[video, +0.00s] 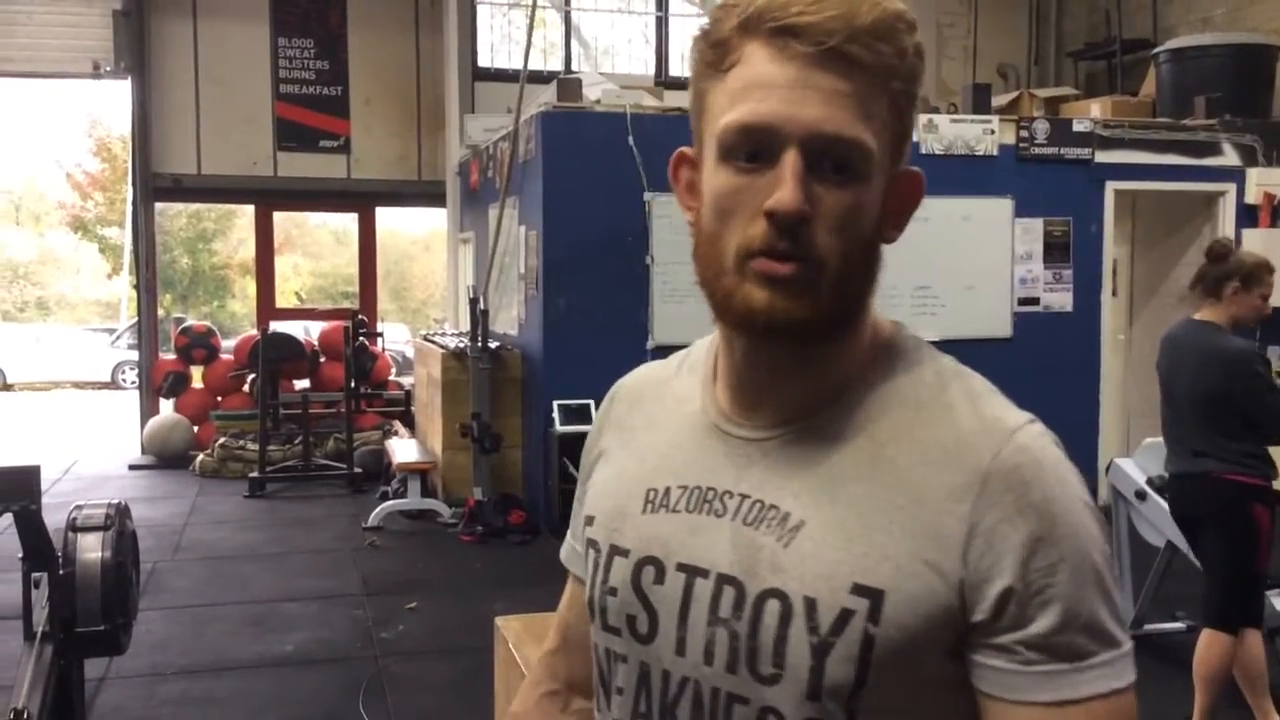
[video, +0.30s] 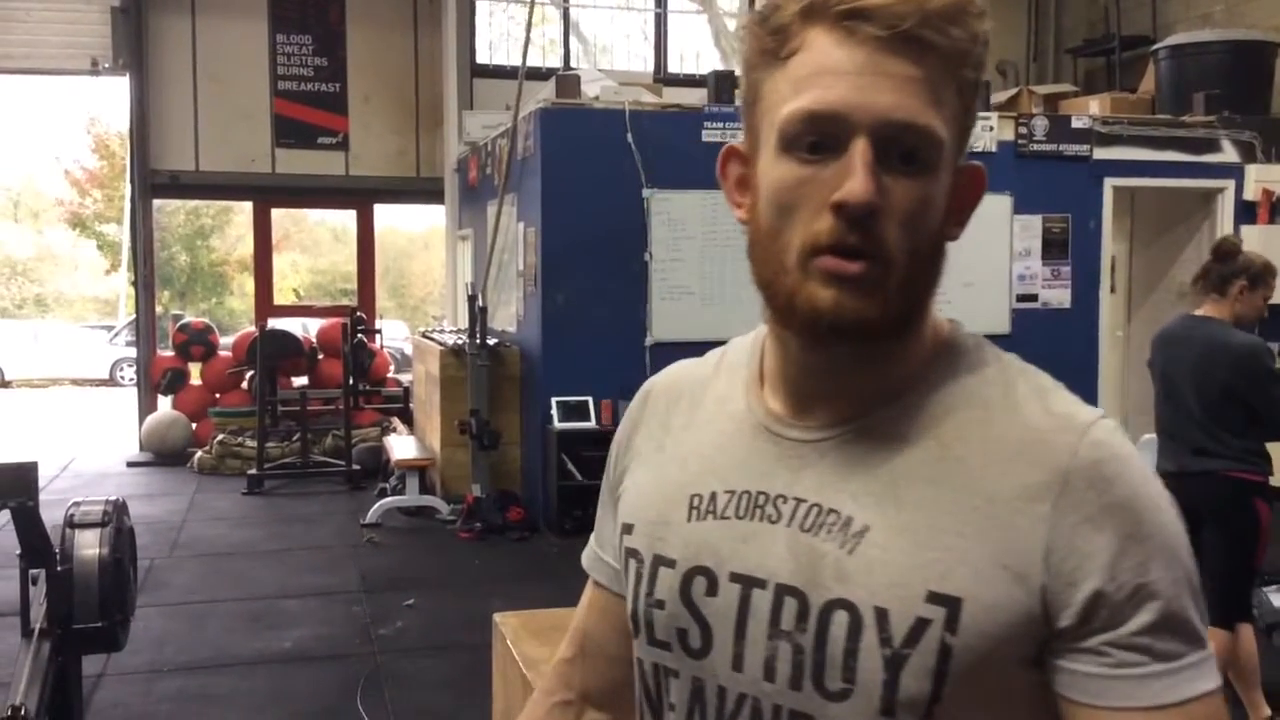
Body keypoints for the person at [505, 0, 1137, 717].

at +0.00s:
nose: (788, 201)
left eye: (835, 164)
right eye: (751, 154)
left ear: (895, 208)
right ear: (690, 185)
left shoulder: (1006, 480)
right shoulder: (631, 412)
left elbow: (1080, 697)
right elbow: (563, 686)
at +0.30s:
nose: (860, 191)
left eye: (904, 155)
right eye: (816, 144)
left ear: (958, 205)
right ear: (742, 185)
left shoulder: (1080, 482)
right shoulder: (664, 415)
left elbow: (1173, 705)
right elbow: (581, 696)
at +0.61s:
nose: (875, 196)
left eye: (923, 152)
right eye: (831, 144)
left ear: (984, 192)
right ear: (759, 172)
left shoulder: (1101, 489)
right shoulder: (690, 405)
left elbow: (1185, 703)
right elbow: (618, 689)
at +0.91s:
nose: (836, 202)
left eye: (887, 159)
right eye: (798, 148)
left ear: (954, 194)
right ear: (731, 167)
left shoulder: (1058, 495)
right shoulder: (672, 395)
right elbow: (610, 664)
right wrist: (583, 690)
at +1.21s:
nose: (769, 188)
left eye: (818, 147)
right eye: (733, 135)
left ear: (881, 179)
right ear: (672, 156)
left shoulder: (984, 451)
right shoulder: (620, 382)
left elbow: (1054, 691)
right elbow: (556, 659)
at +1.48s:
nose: (712, 162)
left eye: (758, 123)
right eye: (677, 118)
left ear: (824, 156)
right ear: (624, 148)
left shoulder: (930, 416)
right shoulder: (590, 369)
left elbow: (998, 706)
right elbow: (535, 648)